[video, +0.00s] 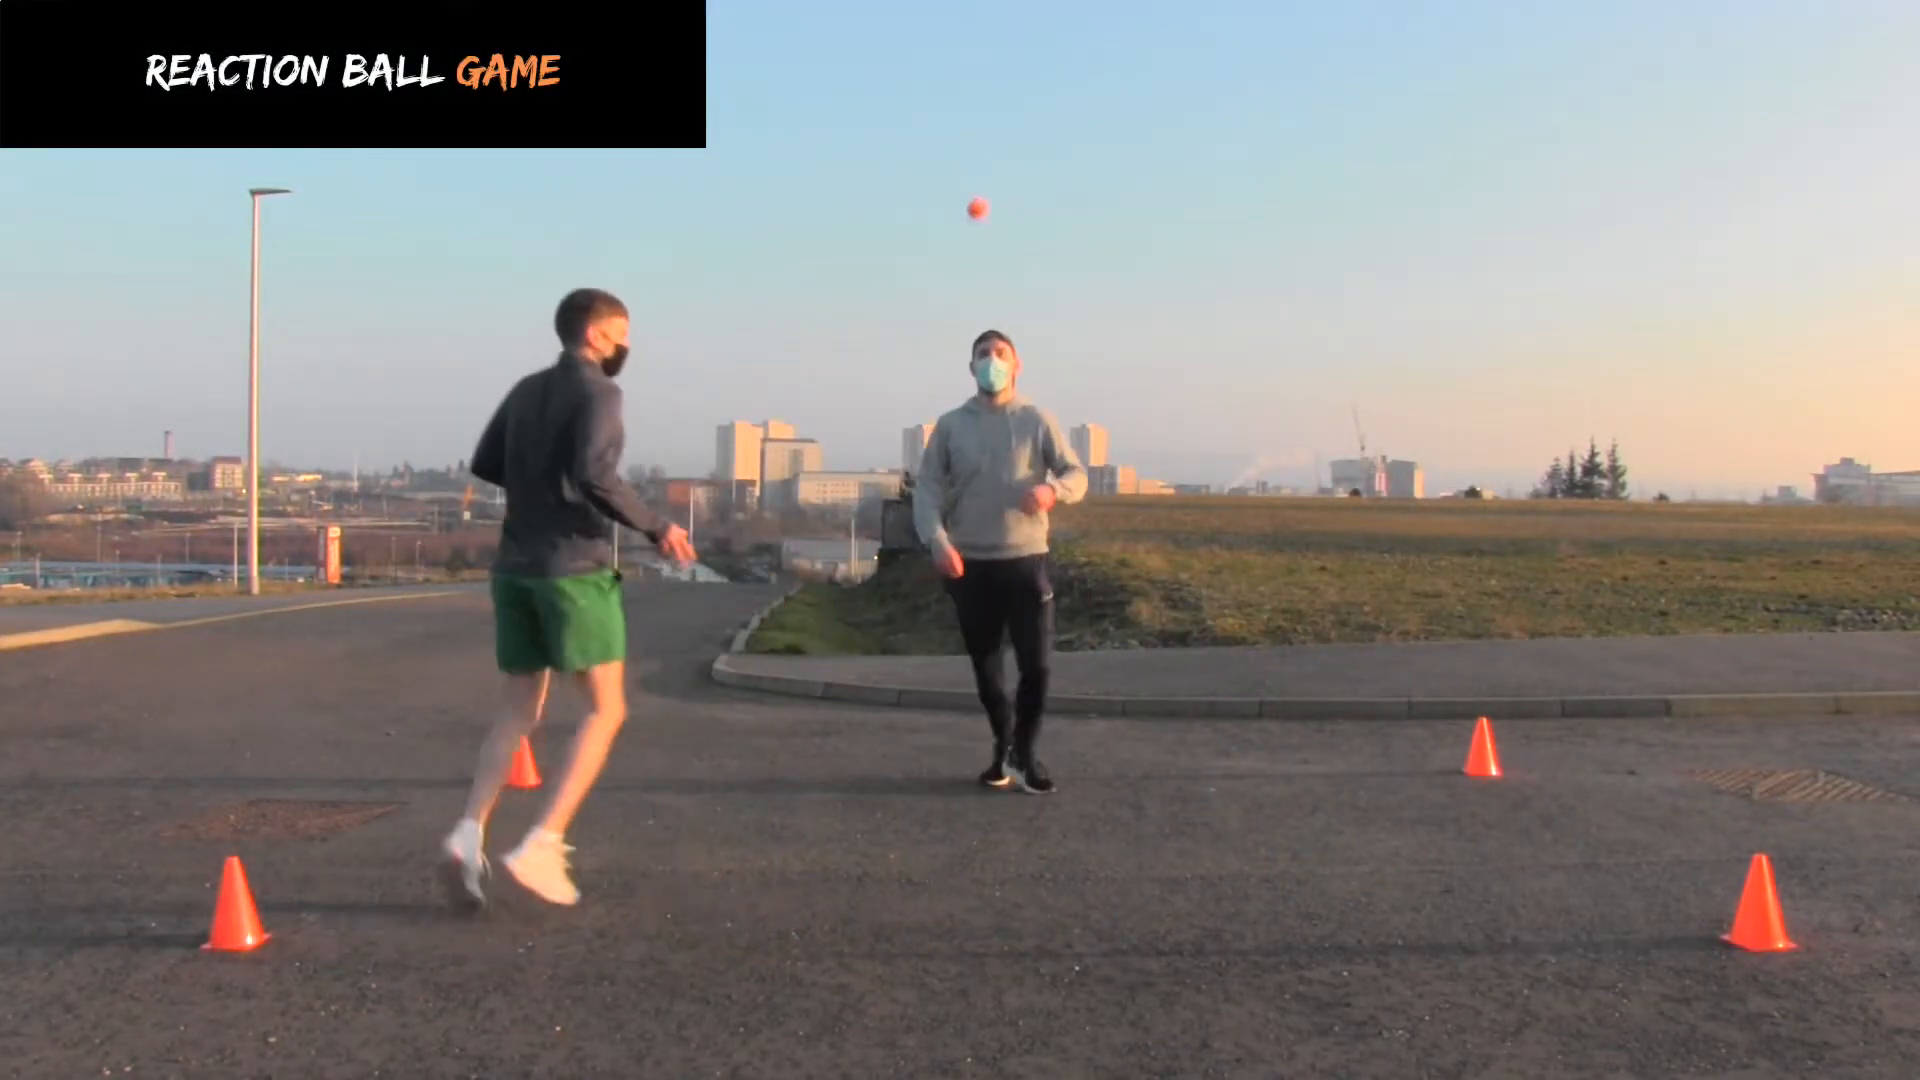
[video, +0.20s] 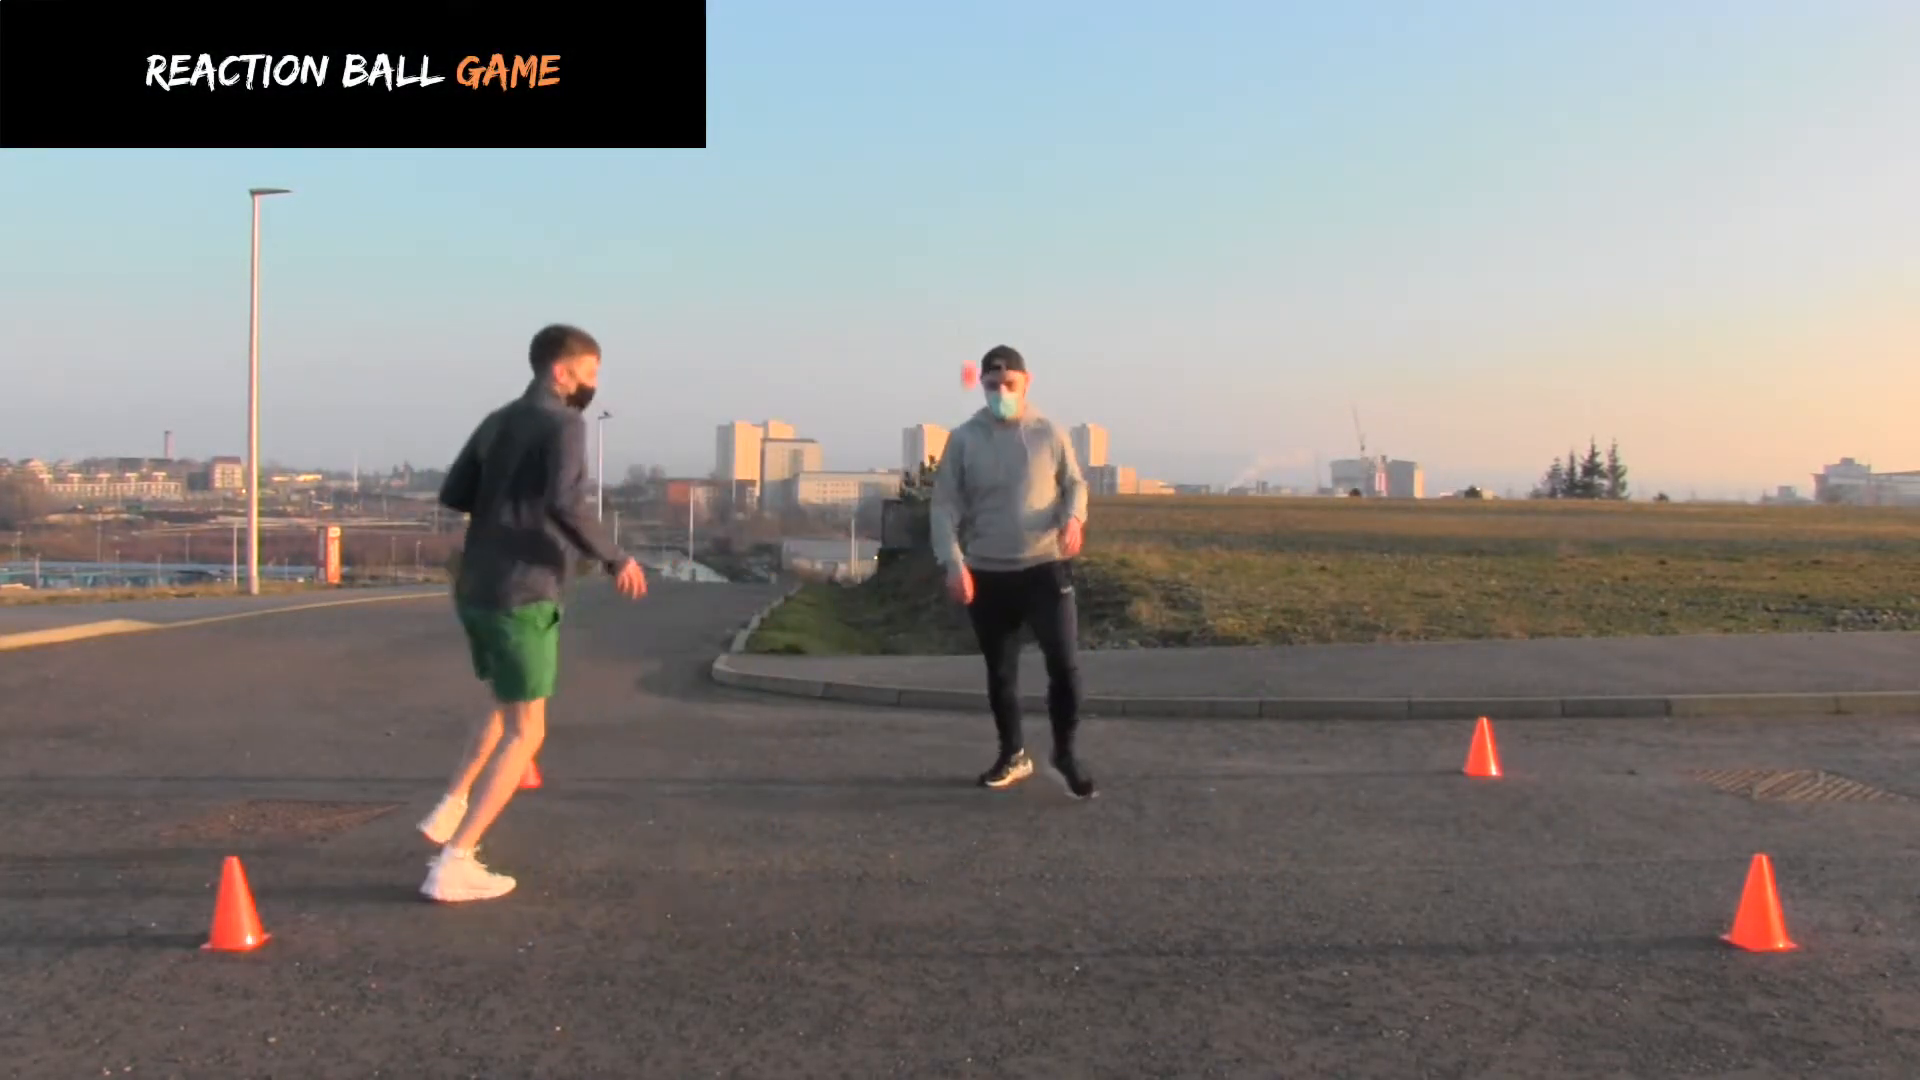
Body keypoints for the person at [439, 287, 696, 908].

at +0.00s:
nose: (627, 342)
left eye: (626, 331)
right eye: (621, 331)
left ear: (572, 332)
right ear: (594, 331)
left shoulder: (527, 389)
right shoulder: (600, 391)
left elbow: (486, 463)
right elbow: (594, 476)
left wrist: (547, 491)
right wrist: (659, 527)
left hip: (515, 570)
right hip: (576, 573)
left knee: (521, 706)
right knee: (607, 708)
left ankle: (469, 831)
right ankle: (542, 844)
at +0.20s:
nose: (594, 383)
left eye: (596, 373)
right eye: (590, 372)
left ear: (546, 369)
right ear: (562, 368)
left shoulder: (499, 420)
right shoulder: (564, 423)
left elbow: (455, 493)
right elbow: (563, 503)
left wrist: (516, 513)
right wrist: (617, 559)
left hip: (477, 588)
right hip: (524, 595)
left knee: (507, 709)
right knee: (527, 733)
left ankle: (450, 810)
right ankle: (456, 862)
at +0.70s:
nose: (590, 389)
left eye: (595, 380)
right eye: (586, 377)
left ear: (563, 374)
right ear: (555, 368)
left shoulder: (549, 414)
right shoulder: (525, 411)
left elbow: (521, 468)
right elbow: (479, 475)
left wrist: (560, 477)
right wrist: (530, 533)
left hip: (532, 564)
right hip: (502, 568)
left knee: (554, 664)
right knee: (503, 687)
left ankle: (489, 757)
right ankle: (435, 776)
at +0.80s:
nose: (599, 409)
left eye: (602, 400)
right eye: (593, 398)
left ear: (573, 397)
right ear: (562, 391)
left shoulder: (557, 441)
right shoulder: (530, 435)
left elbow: (530, 501)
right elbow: (492, 505)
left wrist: (568, 506)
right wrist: (540, 558)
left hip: (538, 586)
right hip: (500, 589)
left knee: (582, 666)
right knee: (493, 705)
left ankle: (547, 765)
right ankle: (426, 785)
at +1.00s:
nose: (639, 447)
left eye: (642, 438)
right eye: (632, 438)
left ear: (636, 436)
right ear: (604, 433)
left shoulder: (611, 484)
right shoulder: (575, 484)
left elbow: (591, 539)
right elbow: (541, 553)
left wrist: (621, 548)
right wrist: (606, 595)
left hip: (582, 612)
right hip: (541, 617)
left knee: (638, 678)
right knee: (510, 716)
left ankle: (635, 768)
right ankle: (421, 793)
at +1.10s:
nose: (678, 425)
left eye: (683, 416)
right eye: (670, 415)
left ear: (685, 414)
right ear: (644, 411)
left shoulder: (661, 464)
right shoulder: (621, 461)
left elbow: (642, 528)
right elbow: (587, 529)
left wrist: (669, 531)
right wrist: (641, 568)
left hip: (636, 594)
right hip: (596, 593)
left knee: (673, 675)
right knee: (557, 688)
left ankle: (640, 767)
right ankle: (466, 769)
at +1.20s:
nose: (704, 400)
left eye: (709, 392)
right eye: (695, 391)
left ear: (711, 391)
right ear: (672, 386)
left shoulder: (693, 438)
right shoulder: (644, 435)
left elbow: (677, 501)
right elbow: (603, 493)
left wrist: (702, 500)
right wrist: (662, 532)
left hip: (670, 571)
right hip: (629, 568)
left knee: (675, 667)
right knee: (596, 668)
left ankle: (642, 762)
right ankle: (534, 756)